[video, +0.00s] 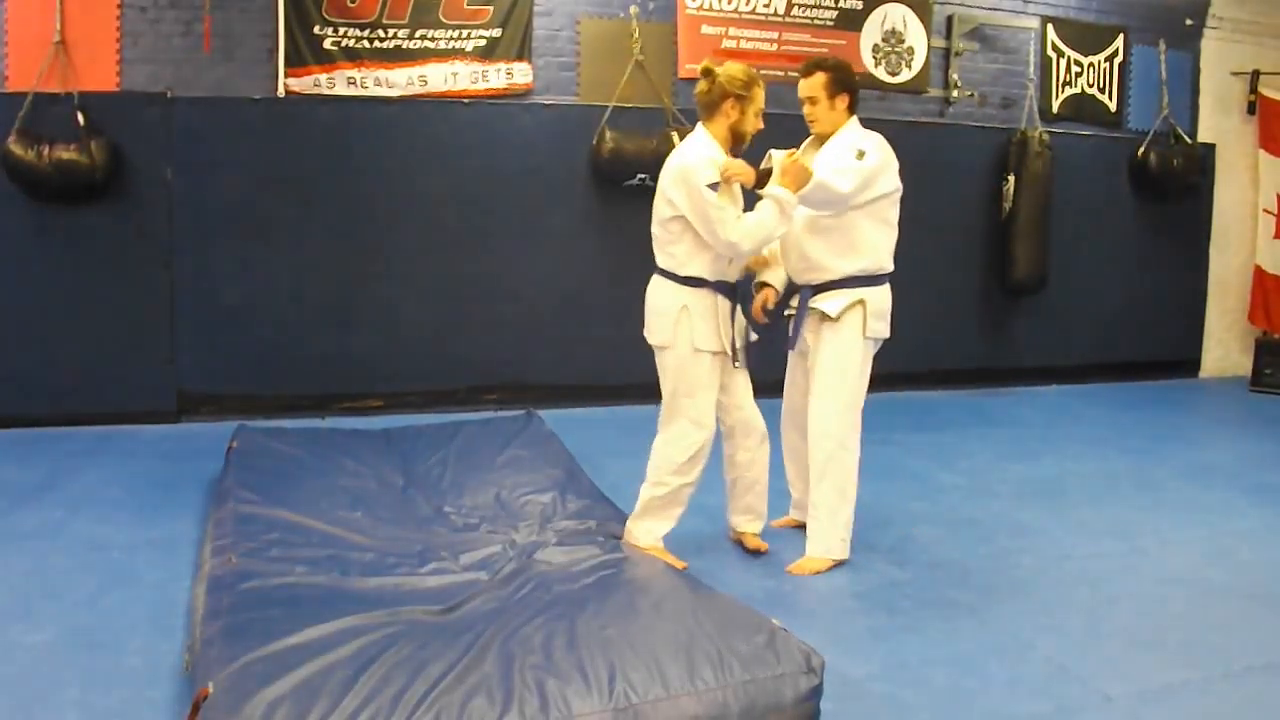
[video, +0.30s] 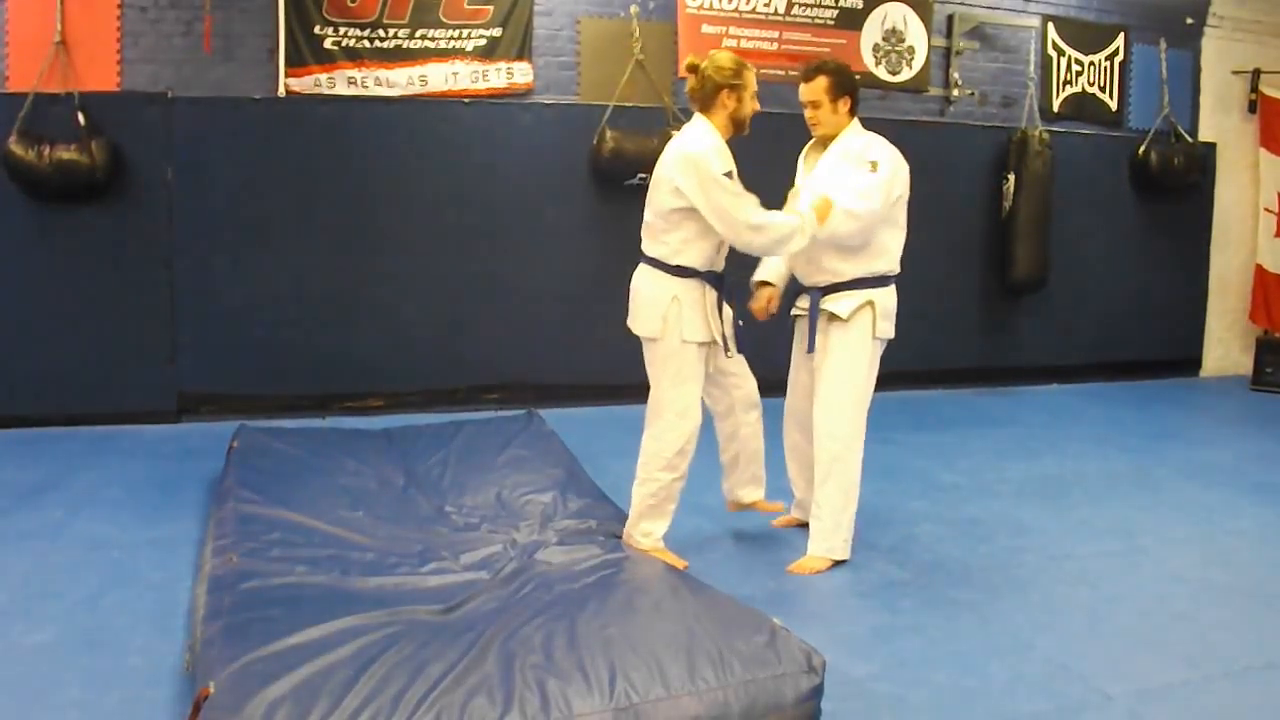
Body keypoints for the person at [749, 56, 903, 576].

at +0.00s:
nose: (805, 112)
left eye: (812, 103)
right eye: (802, 104)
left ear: (843, 101)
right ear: (810, 104)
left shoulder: (871, 149)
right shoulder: (806, 153)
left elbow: (830, 189)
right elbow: (780, 219)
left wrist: (761, 172)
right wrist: (770, 281)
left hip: (853, 303)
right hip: (813, 302)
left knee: (833, 421)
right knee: (798, 411)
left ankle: (832, 545)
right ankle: (806, 509)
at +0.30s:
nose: (806, 115)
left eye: (815, 106)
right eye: (803, 106)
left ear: (845, 104)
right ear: (808, 106)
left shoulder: (882, 159)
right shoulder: (811, 156)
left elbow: (850, 222)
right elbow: (792, 221)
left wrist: (802, 215)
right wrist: (770, 280)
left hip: (858, 304)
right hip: (814, 303)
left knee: (838, 422)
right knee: (801, 411)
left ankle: (832, 545)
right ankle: (807, 507)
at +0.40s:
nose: (817, 114)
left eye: (825, 105)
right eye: (814, 105)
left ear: (855, 103)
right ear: (816, 106)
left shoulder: (895, 158)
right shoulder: (818, 158)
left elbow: (886, 235)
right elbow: (803, 225)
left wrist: (831, 279)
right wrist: (789, 281)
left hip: (869, 304)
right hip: (822, 301)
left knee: (847, 417)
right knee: (809, 407)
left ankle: (832, 540)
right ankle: (810, 505)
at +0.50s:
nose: (835, 114)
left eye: (844, 105)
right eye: (832, 106)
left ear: (873, 103)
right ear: (834, 107)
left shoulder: (912, 158)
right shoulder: (835, 157)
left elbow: (911, 236)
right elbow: (822, 222)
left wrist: (867, 290)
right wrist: (805, 282)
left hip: (886, 302)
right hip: (836, 297)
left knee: (866, 415)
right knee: (820, 408)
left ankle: (876, 529)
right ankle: (817, 506)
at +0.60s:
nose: (852, 116)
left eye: (861, 106)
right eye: (849, 107)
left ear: (891, 106)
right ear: (850, 109)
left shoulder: (928, 162)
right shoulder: (852, 159)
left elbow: (920, 238)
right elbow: (837, 226)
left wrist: (875, 289)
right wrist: (815, 281)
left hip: (902, 301)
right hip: (850, 297)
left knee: (877, 409)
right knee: (830, 405)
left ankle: (918, 510)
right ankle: (819, 505)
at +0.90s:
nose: (932, 119)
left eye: (940, 110)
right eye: (930, 110)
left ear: (970, 113)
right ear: (937, 113)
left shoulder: (999, 173)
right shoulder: (935, 162)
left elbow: (971, 248)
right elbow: (913, 237)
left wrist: (915, 298)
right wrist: (891, 291)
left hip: (975, 304)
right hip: (928, 301)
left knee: (959, 405)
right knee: (894, 397)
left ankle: (975, 510)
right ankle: (881, 496)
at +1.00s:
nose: (957, 114)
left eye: (967, 106)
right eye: (955, 105)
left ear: (995, 110)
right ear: (956, 107)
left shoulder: (1023, 168)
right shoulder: (955, 157)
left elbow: (1006, 242)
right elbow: (938, 229)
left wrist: (956, 289)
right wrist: (925, 280)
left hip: (995, 296)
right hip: (948, 294)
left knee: (976, 400)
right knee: (923, 390)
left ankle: (979, 510)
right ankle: (950, 484)